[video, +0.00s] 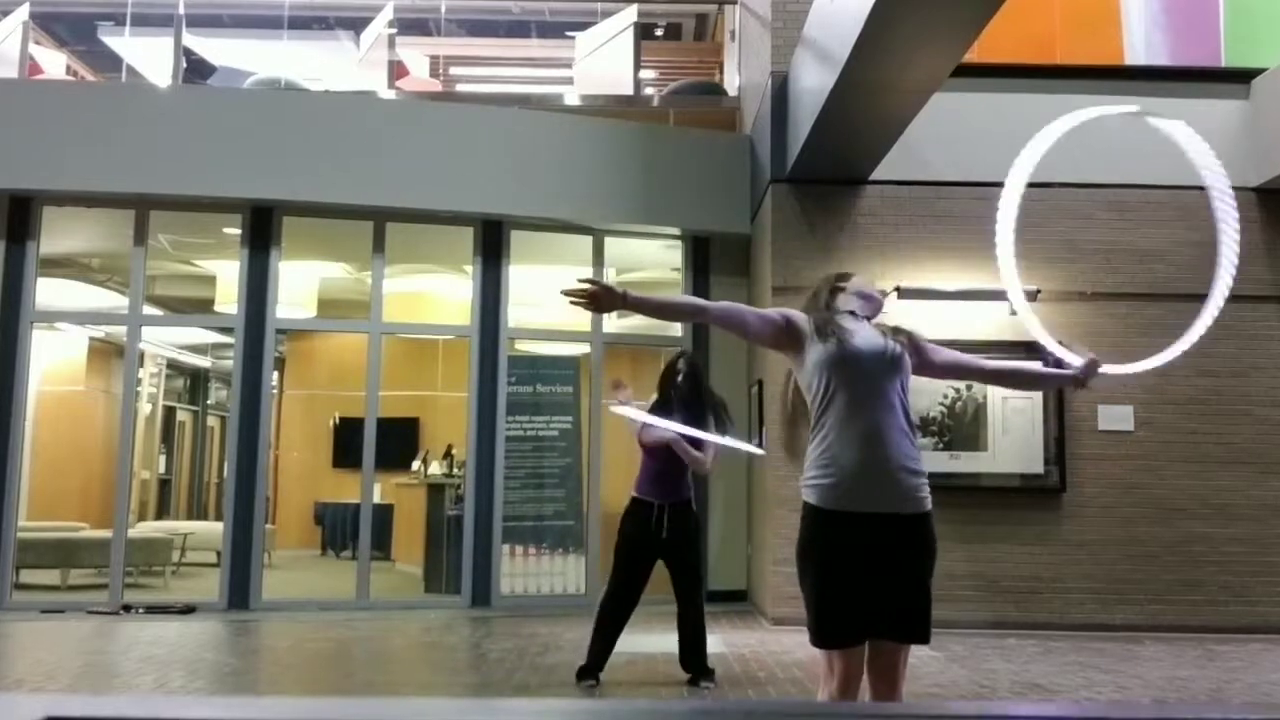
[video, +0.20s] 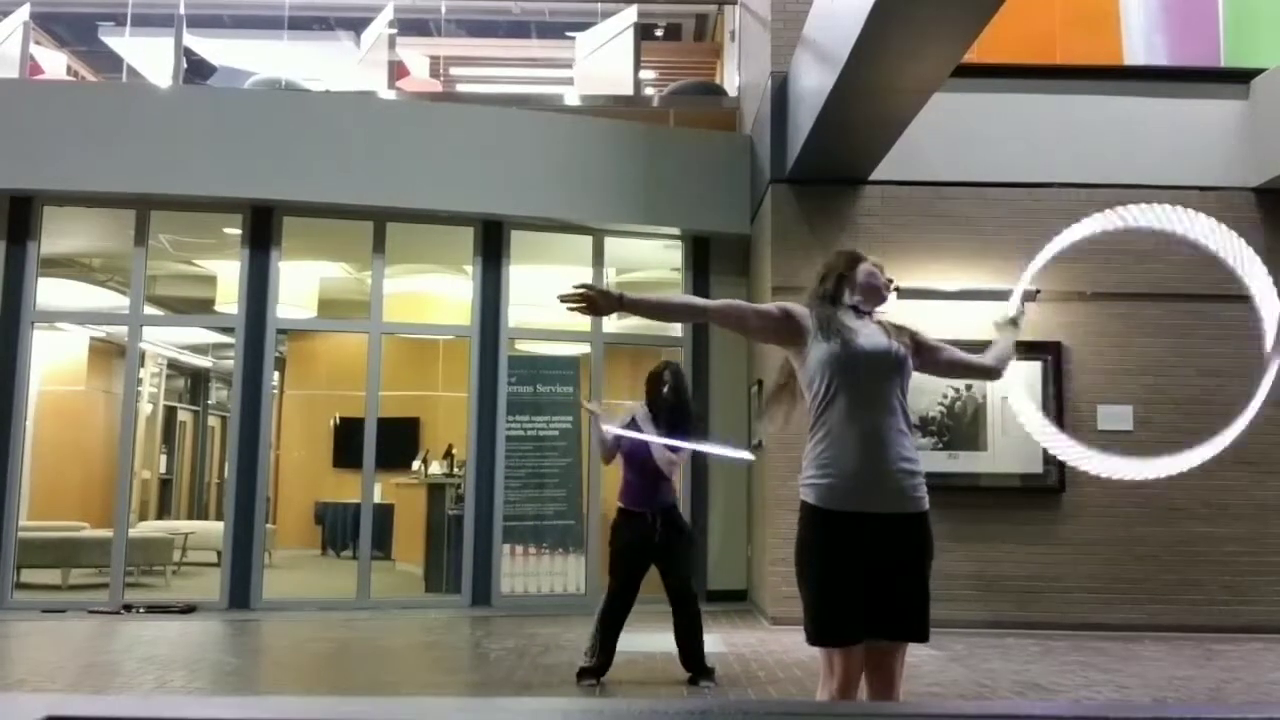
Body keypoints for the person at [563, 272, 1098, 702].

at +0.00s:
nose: (879, 292)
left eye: (880, 291)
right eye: (867, 287)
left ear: (872, 307)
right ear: (834, 292)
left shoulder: (903, 344)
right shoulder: (803, 331)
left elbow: (987, 368)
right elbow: (715, 313)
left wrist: (1064, 375)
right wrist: (628, 301)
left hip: (906, 515)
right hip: (832, 514)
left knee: (889, 675)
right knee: (844, 674)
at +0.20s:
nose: (884, 279)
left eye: (885, 276)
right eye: (873, 271)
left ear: (881, 293)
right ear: (842, 278)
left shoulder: (903, 338)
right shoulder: (806, 322)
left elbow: (991, 364)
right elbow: (709, 310)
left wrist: (1013, 325)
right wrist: (621, 302)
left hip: (903, 514)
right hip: (831, 512)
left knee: (887, 670)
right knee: (841, 670)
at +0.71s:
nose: (889, 246)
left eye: (887, 239)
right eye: (877, 240)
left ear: (878, 259)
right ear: (848, 254)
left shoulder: (904, 322)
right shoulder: (808, 312)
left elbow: (986, 358)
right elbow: (727, 330)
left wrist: (1065, 358)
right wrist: (649, 335)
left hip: (890, 506)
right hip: (822, 506)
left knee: (877, 672)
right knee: (837, 673)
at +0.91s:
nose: (873, 239)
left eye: (874, 233)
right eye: (859, 233)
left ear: (877, 252)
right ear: (829, 252)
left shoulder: (904, 324)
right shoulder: (795, 318)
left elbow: (982, 375)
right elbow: (724, 359)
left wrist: (1063, 415)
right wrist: (694, 360)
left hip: (883, 507)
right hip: (815, 507)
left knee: (872, 667)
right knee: (828, 672)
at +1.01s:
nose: (866, 241)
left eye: (870, 234)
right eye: (852, 234)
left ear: (877, 253)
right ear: (824, 253)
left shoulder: (905, 323)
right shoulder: (797, 318)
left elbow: (971, 393)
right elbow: (750, 375)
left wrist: (1033, 460)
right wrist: (739, 375)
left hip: (883, 508)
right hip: (816, 508)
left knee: (874, 666)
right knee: (830, 667)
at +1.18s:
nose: (861, 239)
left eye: (869, 233)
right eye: (848, 235)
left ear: (881, 252)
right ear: (828, 256)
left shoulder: (908, 325)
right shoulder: (803, 317)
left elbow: (944, 416)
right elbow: (782, 412)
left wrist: (931, 442)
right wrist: (816, 373)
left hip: (885, 500)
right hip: (815, 499)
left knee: (875, 652)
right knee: (820, 654)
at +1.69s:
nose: (840, 235)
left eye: (853, 228)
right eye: (832, 233)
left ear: (880, 250)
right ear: (827, 258)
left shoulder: (909, 320)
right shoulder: (804, 320)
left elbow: (946, 423)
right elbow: (777, 427)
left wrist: (978, 504)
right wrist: (783, 407)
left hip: (889, 511)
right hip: (817, 509)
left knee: (875, 671)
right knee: (830, 669)